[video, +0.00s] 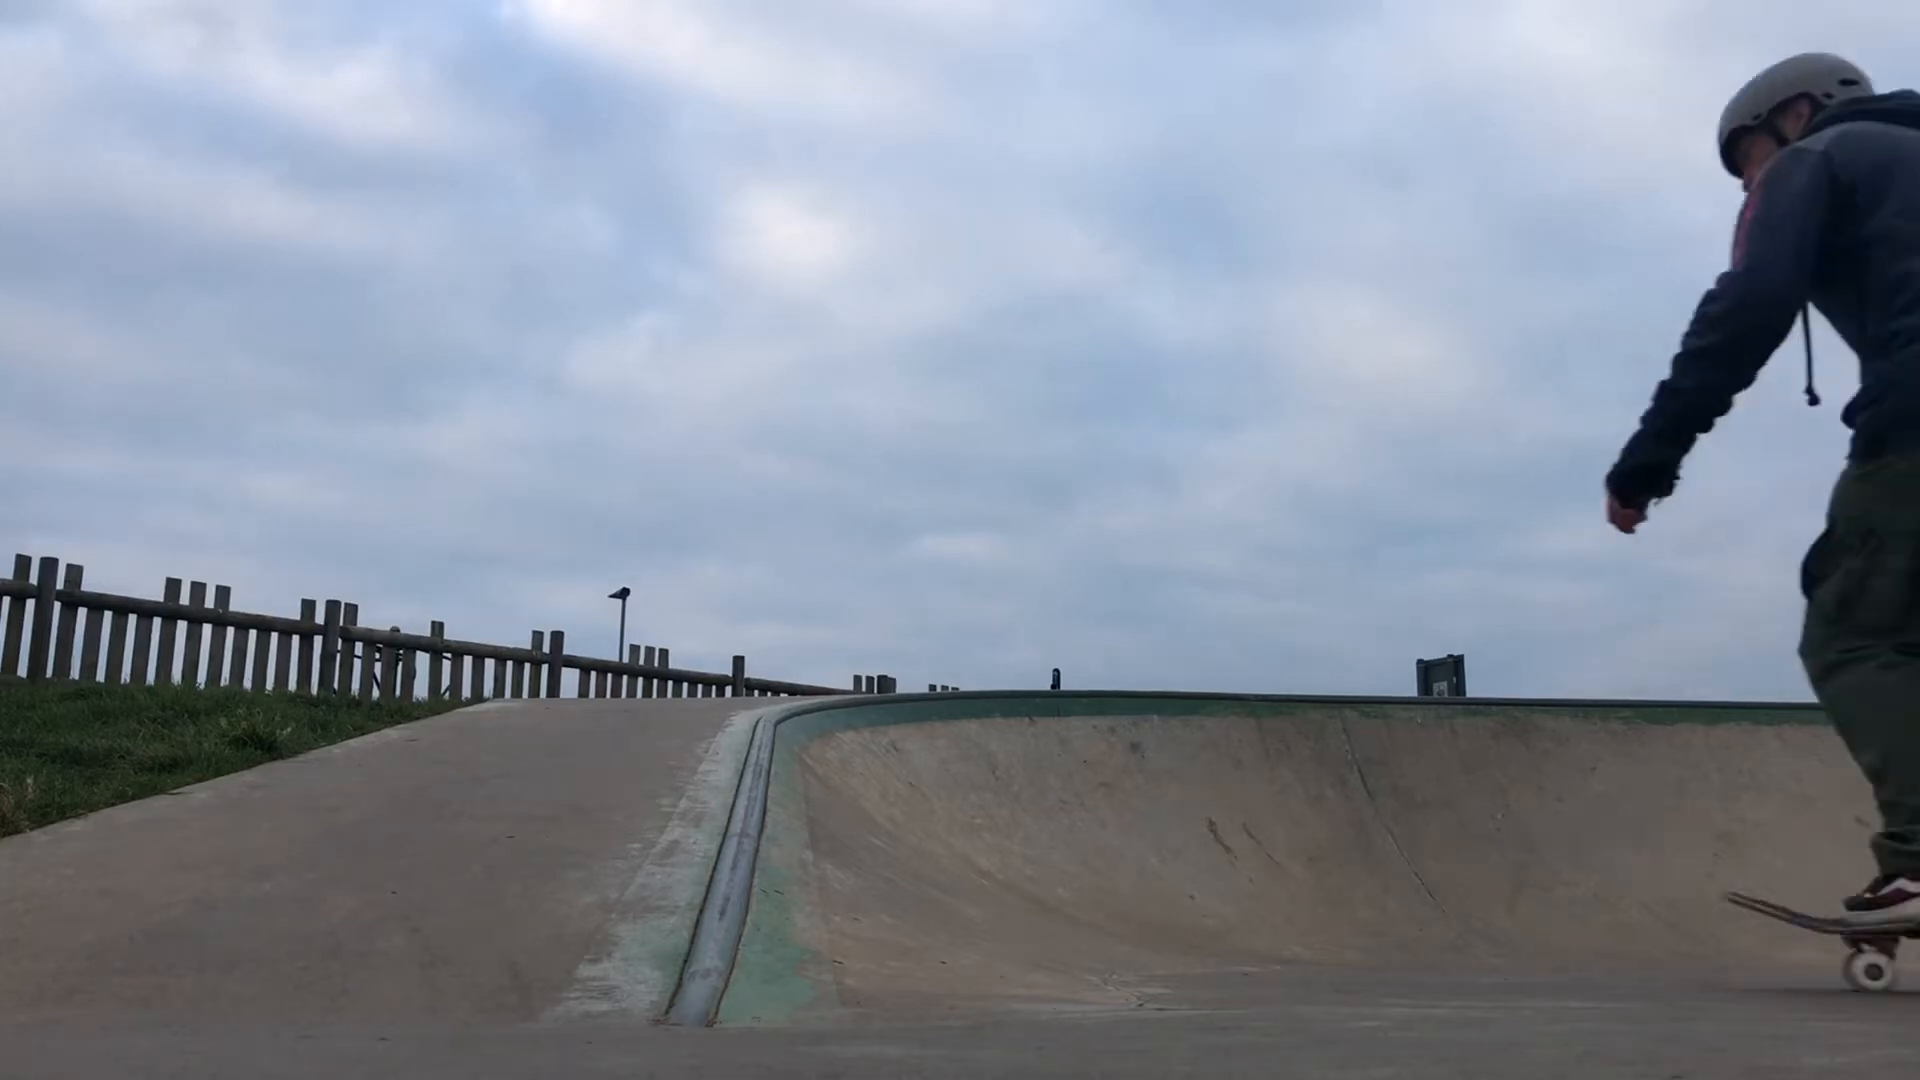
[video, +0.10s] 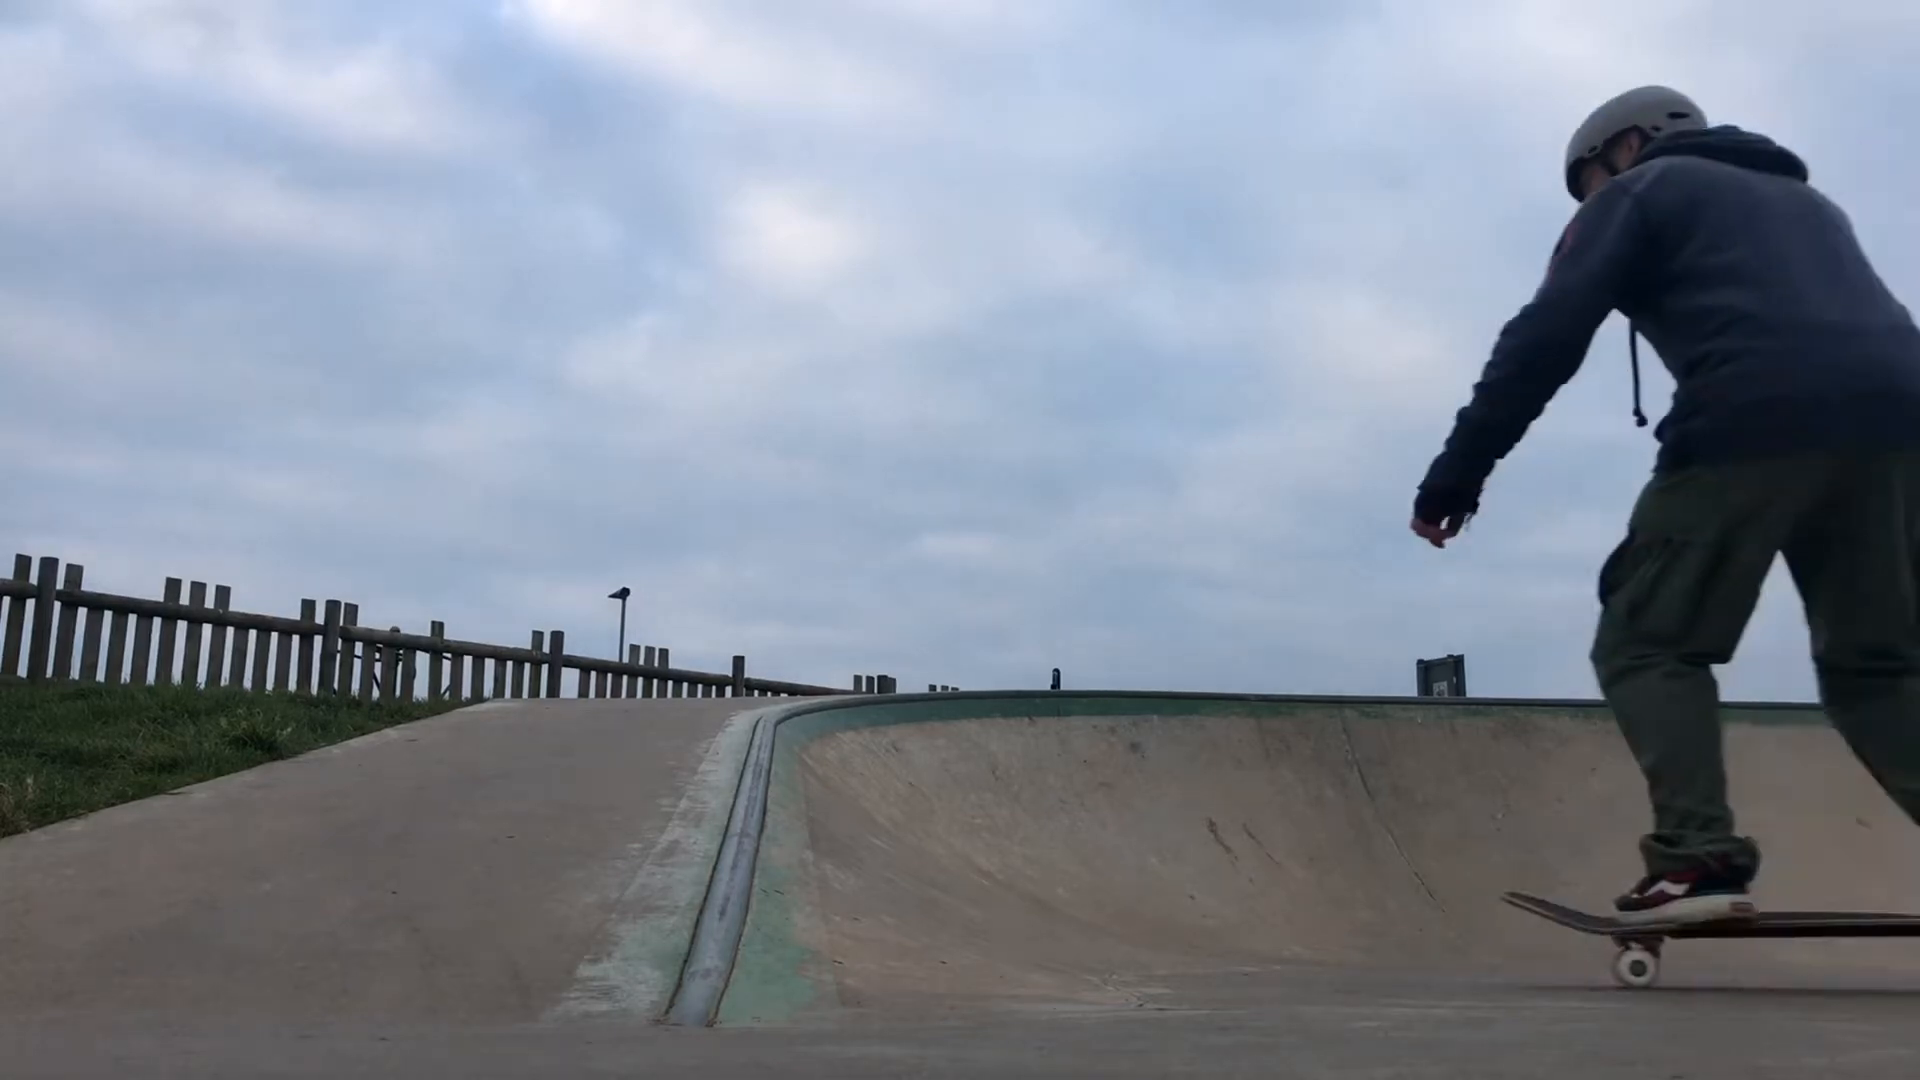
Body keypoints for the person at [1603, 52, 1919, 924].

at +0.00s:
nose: (1751, 185)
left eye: (1753, 161)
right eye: (1746, 171)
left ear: (1797, 114)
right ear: (1822, 111)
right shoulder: (1903, 145)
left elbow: (1746, 313)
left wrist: (1648, 459)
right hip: (1901, 427)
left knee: (1854, 637)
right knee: (1875, 635)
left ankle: (1914, 855)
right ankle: (1910, 858)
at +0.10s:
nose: (1588, 204)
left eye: (1590, 183)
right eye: (1584, 190)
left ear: (1629, 145)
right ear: (1689, 136)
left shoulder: (1638, 195)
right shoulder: (1803, 198)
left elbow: (1542, 339)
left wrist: (1455, 474)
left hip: (1753, 414)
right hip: (1894, 410)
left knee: (1650, 643)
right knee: (1878, 669)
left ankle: (1699, 854)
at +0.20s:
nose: (1446, 211)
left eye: (1448, 196)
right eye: (1444, 200)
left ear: (1478, 172)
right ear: (1546, 161)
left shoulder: (1473, 220)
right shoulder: (1647, 232)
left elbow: (1365, 360)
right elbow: (1772, 362)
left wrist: (1306, 491)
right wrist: (1843, 482)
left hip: (1560, 432)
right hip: (1697, 439)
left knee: (1454, 648)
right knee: (1662, 670)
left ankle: (1477, 855)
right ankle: (1774, 842)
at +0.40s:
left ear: (1236, 184)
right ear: (1325, 181)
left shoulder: (1192, 248)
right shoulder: (1379, 239)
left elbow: (1114, 396)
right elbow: (1525, 284)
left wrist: (1150, 482)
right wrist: (1642, 343)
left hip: (1197, 452)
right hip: (1320, 467)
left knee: (1106, 641)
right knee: (1279, 668)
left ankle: (1042, 824)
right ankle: (1293, 855)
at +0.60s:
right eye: (1165, 195)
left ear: (1087, 185)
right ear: (1152, 193)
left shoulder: (1025, 227)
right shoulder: (1169, 223)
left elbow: (912, 331)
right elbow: (1232, 277)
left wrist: (896, 426)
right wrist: (1301, 351)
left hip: (958, 382)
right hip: (1057, 405)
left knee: (920, 561)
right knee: (996, 609)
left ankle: (769, 670)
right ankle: (851, 750)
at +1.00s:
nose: (1073, 225)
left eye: (1075, 217)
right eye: (1074, 214)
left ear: (1018, 174)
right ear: (1055, 193)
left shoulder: (927, 218)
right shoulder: (1023, 201)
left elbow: (885, 292)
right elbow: (1091, 251)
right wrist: (1191, 318)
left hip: (843, 367)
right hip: (910, 373)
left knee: (861, 559)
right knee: (909, 561)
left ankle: (793, 698)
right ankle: (809, 709)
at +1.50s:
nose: (1201, 313)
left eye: (1195, 302)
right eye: (1199, 302)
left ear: (1122, 286)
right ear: (1187, 297)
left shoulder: (1054, 348)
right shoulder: (1202, 352)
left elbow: (952, 404)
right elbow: (1300, 430)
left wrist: (866, 463)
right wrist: (1370, 441)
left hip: (1036, 547)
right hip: (1112, 548)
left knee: (1122, 715)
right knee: (1084, 715)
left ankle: (1115, 891)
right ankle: (952, 846)